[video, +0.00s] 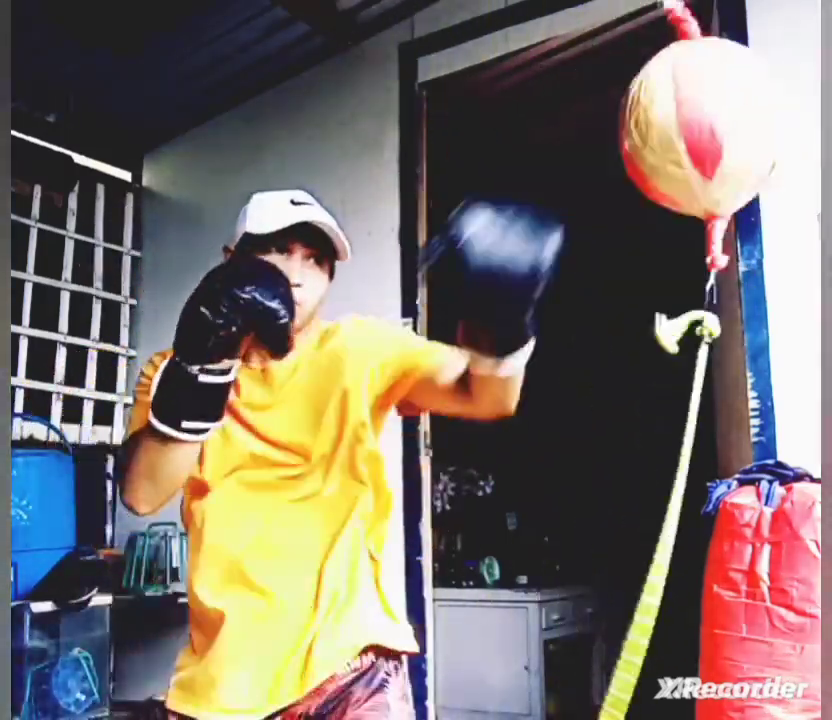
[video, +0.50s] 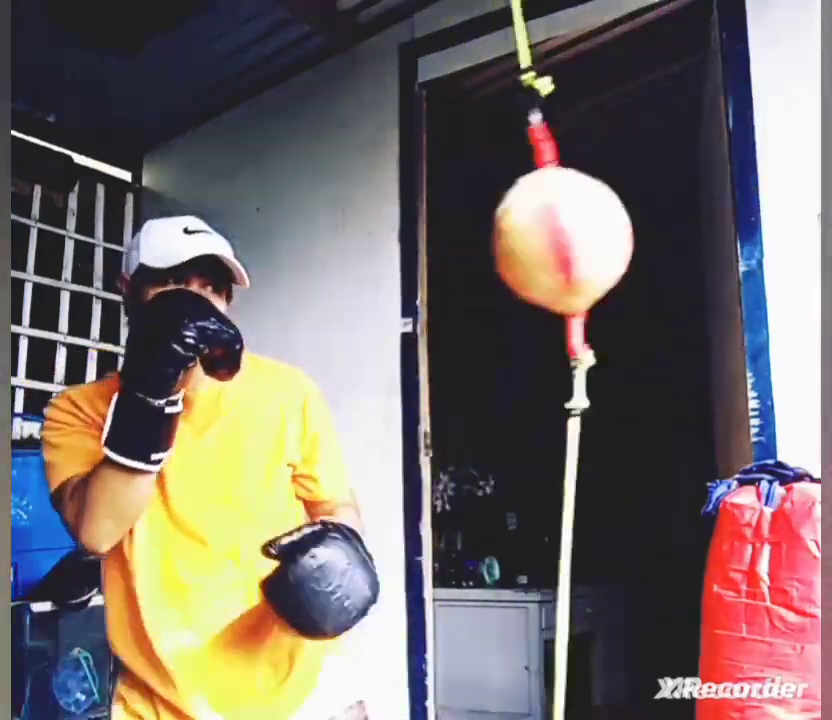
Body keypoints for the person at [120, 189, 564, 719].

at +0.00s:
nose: (295, 263)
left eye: (313, 253)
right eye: (276, 247)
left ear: (330, 277)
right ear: (235, 259)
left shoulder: (361, 347)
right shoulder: (183, 367)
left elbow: (489, 398)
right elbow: (143, 496)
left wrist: (501, 318)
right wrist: (200, 372)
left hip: (353, 673)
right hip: (221, 685)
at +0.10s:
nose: (288, 276)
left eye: (307, 259)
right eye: (269, 252)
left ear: (324, 274)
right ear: (229, 262)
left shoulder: (370, 358)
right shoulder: (182, 378)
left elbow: (484, 471)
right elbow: (142, 513)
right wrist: (190, 391)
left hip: (364, 683)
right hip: (230, 686)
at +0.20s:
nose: (247, 282)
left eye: (267, 265)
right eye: (229, 260)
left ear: (287, 280)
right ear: (191, 273)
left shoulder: (348, 371)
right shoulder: (156, 391)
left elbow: (419, 471)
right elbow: (133, 528)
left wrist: (394, 494)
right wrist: (169, 402)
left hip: (353, 694)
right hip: (216, 691)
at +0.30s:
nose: (200, 292)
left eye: (219, 276)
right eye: (181, 273)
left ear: (240, 289)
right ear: (150, 290)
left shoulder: (312, 377)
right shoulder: (115, 410)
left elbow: (379, 495)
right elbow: (116, 541)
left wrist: (346, 515)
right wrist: (150, 408)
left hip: (318, 693)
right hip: (187, 693)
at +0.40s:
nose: (189, 301)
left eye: (206, 283)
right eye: (169, 280)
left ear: (226, 295)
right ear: (132, 292)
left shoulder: (293, 385)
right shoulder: (88, 414)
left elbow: (354, 492)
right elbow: (97, 539)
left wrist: (332, 519)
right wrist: (141, 406)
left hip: (308, 695)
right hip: (169, 697)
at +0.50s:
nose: (191, 304)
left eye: (209, 288)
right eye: (170, 286)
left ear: (228, 298)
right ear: (131, 295)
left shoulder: (289, 395)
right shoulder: (82, 411)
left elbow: (337, 508)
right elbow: (95, 531)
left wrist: (342, 556)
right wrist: (151, 395)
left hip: (295, 699)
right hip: (156, 703)